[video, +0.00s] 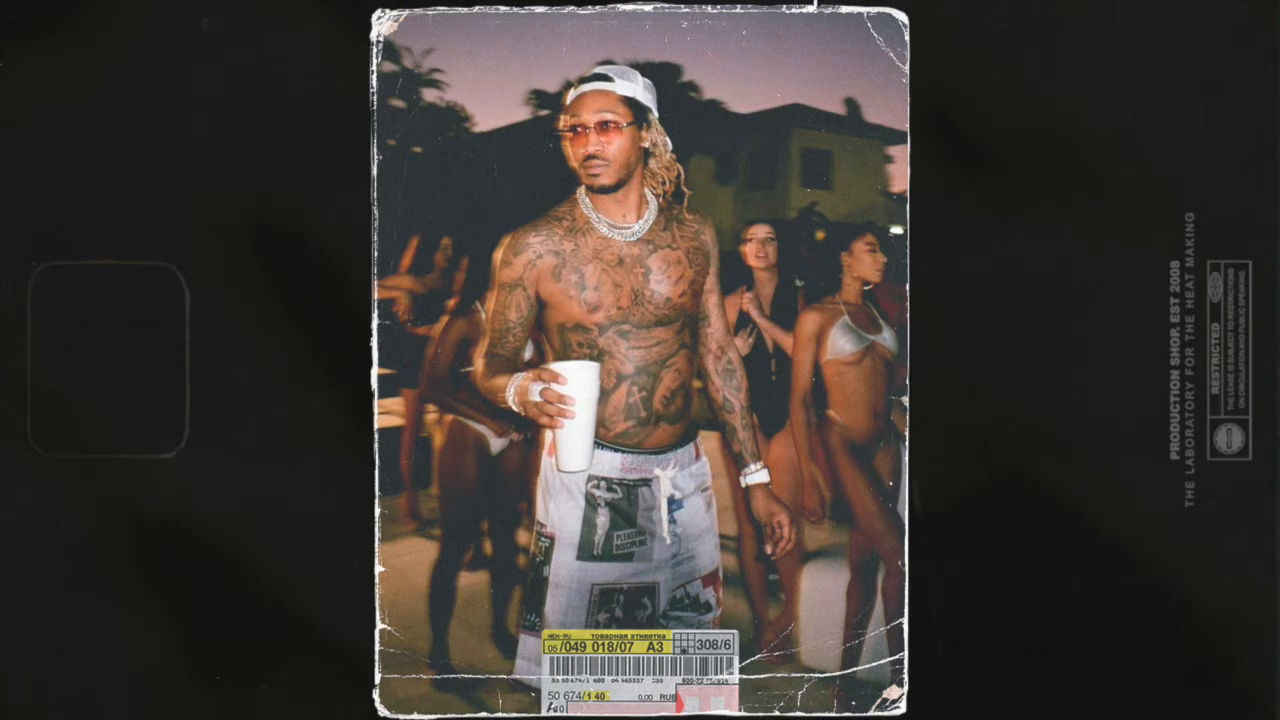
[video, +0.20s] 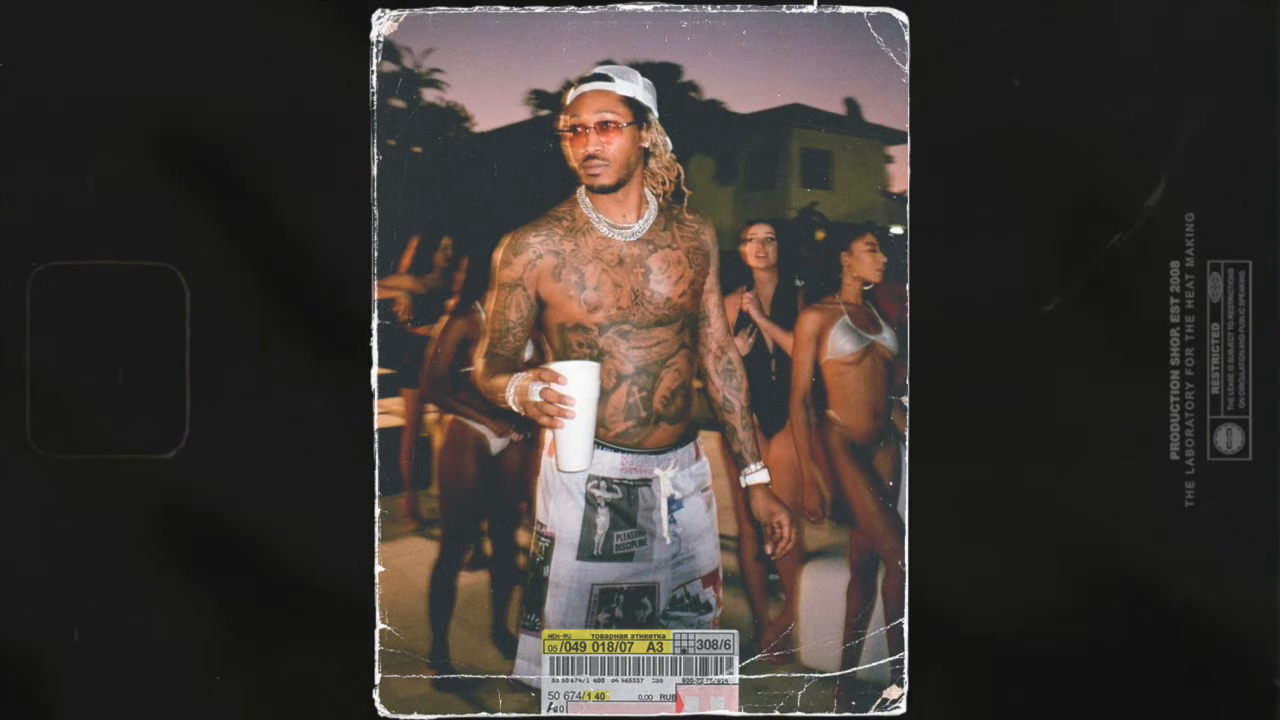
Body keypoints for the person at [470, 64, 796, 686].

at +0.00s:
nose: (590, 143)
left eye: (608, 126)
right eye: (576, 130)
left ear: (646, 138)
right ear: (565, 143)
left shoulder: (693, 236)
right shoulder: (532, 248)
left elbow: (720, 358)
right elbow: (491, 365)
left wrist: (756, 481)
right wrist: (516, 389)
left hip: (681, 477)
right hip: (582, 481)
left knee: (689, 663)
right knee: (572, 666)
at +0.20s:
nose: (590, 143)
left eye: (608, 126)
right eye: (576, 130)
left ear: (646, 138)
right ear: (565, 143)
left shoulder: (693, 236)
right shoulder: (532, 248)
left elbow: (720, 358)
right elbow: (491, 365)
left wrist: (756, 481)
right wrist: (516, 389)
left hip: (681, 477)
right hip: (582, 481)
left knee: (689, 663)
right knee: (573, 666)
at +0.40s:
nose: (590, 143)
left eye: (608, 126)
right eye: (576, 130)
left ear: (646, 138)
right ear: (565, 143)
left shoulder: (693, 236)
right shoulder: (532, 248)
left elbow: (720, 358)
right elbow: (491, 365)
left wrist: (756, 481)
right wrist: (516, 389)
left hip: (681, 477)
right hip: (582, 481)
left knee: (689, 663)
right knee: (573, 666)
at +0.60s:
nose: (590, 143)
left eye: (608, 126)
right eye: (576, 130)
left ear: (646, 138)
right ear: (565, 144)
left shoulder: (693, 235)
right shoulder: (532, 248)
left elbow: (720, 358)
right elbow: (491, 364)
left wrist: (756, 482)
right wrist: (516, 389)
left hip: (681, 476)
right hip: (583, 481)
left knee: (689, 663)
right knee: (573, 668)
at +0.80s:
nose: (590, 143)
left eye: (608, 126)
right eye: (576, 130)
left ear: (646, 138)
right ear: (565, 144)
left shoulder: (693, 235)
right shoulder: (532, 247)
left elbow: (720, 358)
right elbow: (491, 364)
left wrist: (756, 482)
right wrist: (516, 389)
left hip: (681, 476)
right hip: (583, 481)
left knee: (689, 663)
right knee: (573, 668)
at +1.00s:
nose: (590, 143)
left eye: (608, 126)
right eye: (576, 130)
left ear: (646, 138)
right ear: (565, 143)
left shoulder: (693, 235)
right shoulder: (532, 247)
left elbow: (720, 358)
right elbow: (491, 364)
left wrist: (756, 482)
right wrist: (516, 389)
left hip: (681, 476)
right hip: (583, 481)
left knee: (689, 663)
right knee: (573, 668)